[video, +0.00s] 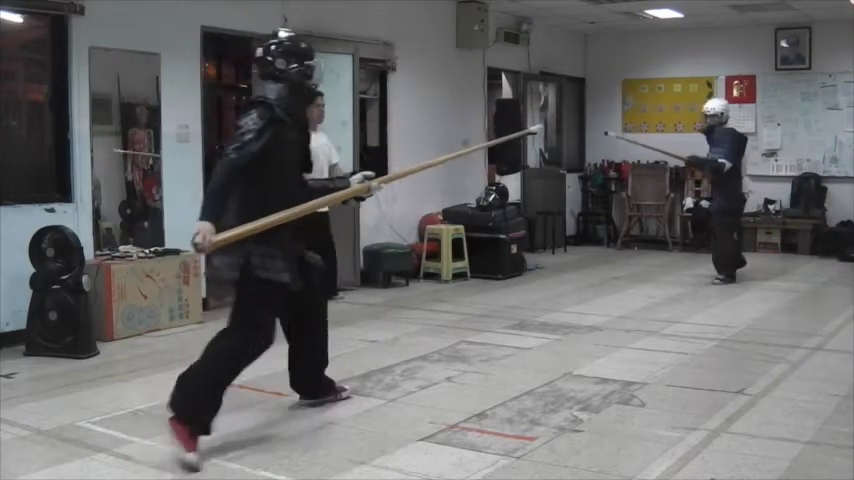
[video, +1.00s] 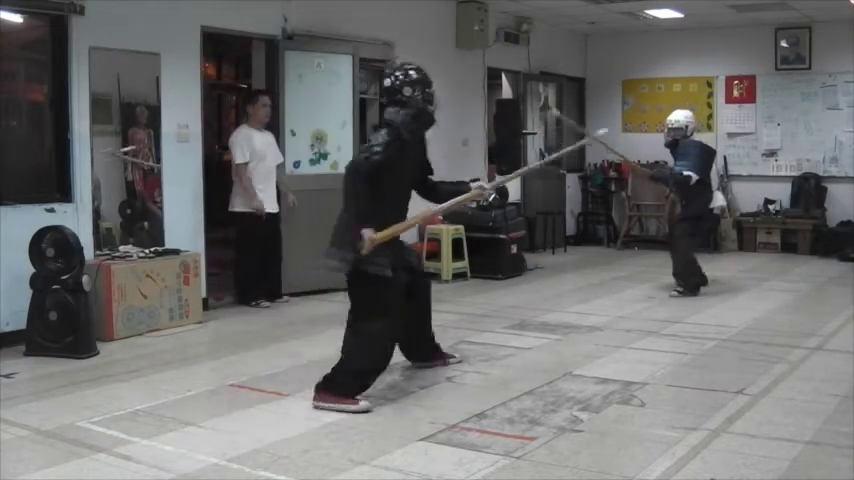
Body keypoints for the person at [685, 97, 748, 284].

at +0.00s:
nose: (708, 120)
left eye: (712, 116)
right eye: (707, 116)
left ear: (723, 117)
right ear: (707, 117)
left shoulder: (729, 136)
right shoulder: (715, 135)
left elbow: (721, 166)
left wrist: (696, 161)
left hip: (728, 194)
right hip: (721, 193)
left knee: (723, 230)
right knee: (721, 229)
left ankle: (727, 272)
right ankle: (734, 260)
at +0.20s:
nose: (698, 119)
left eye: (702, 115)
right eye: (696, 115)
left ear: (713, 115)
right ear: (696, 114)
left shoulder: (719, 133)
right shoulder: (707, 134)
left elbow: (714, 161)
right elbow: (710, 159)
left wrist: (685, 158)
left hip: (723, 193)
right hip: (711, 193)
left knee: (720, 232)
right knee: (702, 229)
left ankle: (727, 273)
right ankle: (703, 270)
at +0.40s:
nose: (690, 122)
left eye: (694, 118)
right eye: (688, 118)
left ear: (705, 118)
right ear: (686, 118)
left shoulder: (713, 136)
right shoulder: (697, 138)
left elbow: (706, 166)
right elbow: (698, 165)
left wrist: (677, 164)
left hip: (711, 197)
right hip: (697, 197)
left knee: (703, 232)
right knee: (690, 235)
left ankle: (722, 263)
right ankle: (696, 276)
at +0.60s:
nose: (681, 126)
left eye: (685, 121)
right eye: (680, 121)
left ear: (696, 121)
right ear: (680, 121)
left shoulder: (704, 140)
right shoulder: (690, 141)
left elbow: (697, 171)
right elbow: (691, 168)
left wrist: (668, 170)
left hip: (704, 200)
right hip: (693, 199)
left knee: (695, 236)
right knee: (681, 234)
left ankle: (700, 279)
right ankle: (689, 273)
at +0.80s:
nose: (676, 130)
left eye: (681, 125)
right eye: (674, 125)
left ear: (692, 125)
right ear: (671, 125)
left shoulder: (699, 144)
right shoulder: (683, 145)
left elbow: (691, 173)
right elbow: (683, 169)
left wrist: (664, 172)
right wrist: (664, 171)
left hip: (700, 202)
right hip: (688, 202)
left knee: (691, 237)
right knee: (679, 235)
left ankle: (691, 283)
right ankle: (692, 275)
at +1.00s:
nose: (672, 135)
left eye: (677, 130)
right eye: (670, 130)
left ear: (688, 130)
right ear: (666, 130)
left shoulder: (692, 148)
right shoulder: (679, 149)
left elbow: (686, 178)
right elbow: (679, 175)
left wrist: (656, 173)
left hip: (700, 206)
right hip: (690, 205)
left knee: (679, 237)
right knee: (676, 237)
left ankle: (690, 285)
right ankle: (694, 277)